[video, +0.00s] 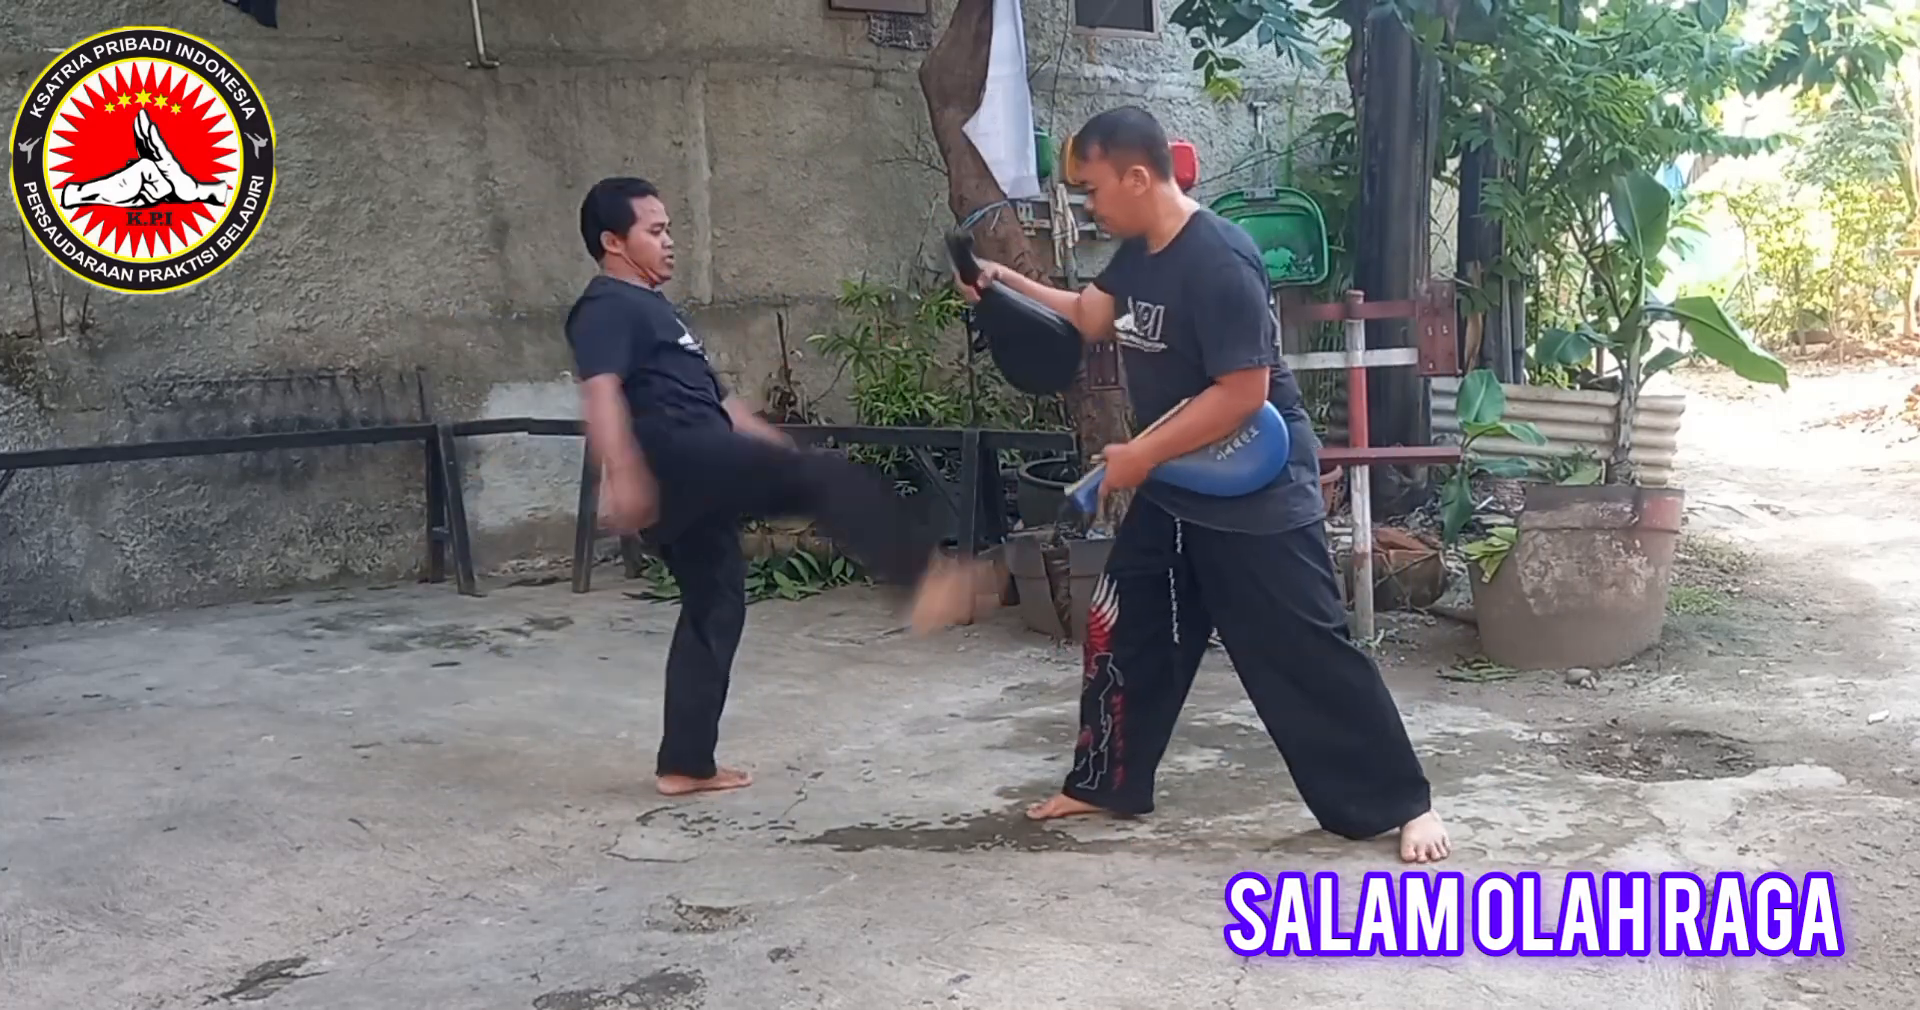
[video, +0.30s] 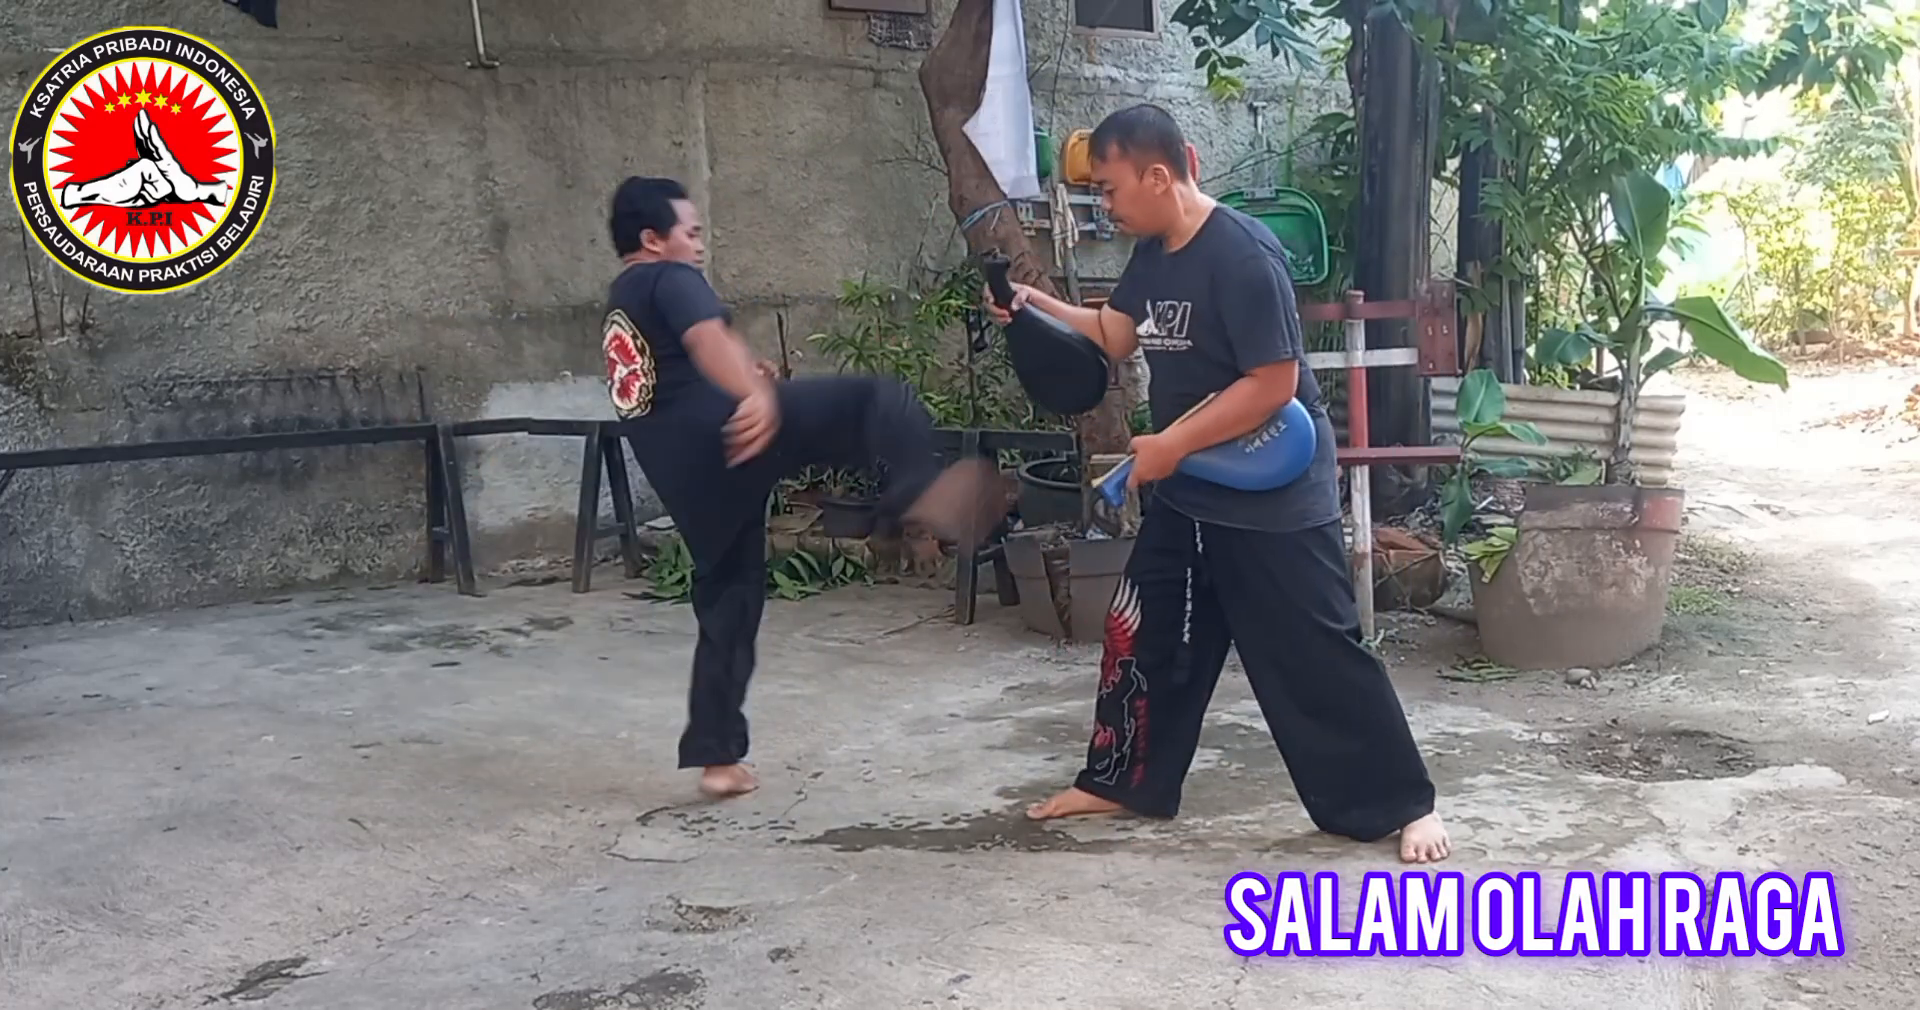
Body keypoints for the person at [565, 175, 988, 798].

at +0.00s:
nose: (669, 242)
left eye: (668, 230)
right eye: (656, 232)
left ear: (627, 241)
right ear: (614, 241)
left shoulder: (650, 302)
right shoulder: (607, 303)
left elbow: (703, 391)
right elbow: (600, 392)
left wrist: (762, 435)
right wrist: (621, 471)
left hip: (685, 468)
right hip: (679, 462)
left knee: (714, 608)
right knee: (824, 476)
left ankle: (686, 765)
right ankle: (923, 578)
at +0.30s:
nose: (700, 241)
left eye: (698, 229)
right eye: (690, 231)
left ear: (640, 241)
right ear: (651, 238)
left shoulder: (623, 295)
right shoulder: (670, 278)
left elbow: (669, 370)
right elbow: (706, 339)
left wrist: (742, 366)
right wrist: (754, 390)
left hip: (686, 474)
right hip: (725, 434)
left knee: (730, 600)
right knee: (880, 398)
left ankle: (720, 759)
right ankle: (923, 488)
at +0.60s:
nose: (745, 244)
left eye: (742, 231)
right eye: (735, 233)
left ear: (687, 246)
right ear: (697, 243)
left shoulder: (667, 304)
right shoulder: (723, 293)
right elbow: (744, 382)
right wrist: (801, 468)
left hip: (705, 485)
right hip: (757, 476)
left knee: (740, 624)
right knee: (880, 584)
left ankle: (721, 777)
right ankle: (874, 748)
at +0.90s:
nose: (773, 214)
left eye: (768, 202)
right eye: (757, 204)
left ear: (732, 228)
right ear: (713, 228)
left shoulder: (799, 306)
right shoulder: (686, 325)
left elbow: (872, 382)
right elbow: (690, 438)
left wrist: (916, 372)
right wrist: (788, 440)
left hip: (846, 496)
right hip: (776, 515)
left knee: (898, 593)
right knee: (839, 645)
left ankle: (810, 717)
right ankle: (836, 814)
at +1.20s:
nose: (780, 201)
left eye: (776, 189)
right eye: (762, 192)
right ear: (715, 215)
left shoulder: (807, 281)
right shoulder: (687, 316)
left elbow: (875, 310)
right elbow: (687, 430)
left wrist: (900, 343)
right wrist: (781, 490)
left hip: (850, 468)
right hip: (768, 508)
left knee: (957, 509)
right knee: (813, 653)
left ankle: (878, 623)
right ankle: (831, 815)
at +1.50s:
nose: (759, 228)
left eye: (761, 213)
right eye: (743, 218)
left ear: (764, 216)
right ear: (693, 232)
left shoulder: (780, 305)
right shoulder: (662, 326)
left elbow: (843, 408)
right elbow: (651, 440)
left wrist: (824, 347)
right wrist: (698, 527)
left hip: (810, 525)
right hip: (743, 537)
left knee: (791, 659)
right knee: (791, 672)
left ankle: (705, 748)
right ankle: (827, 814)